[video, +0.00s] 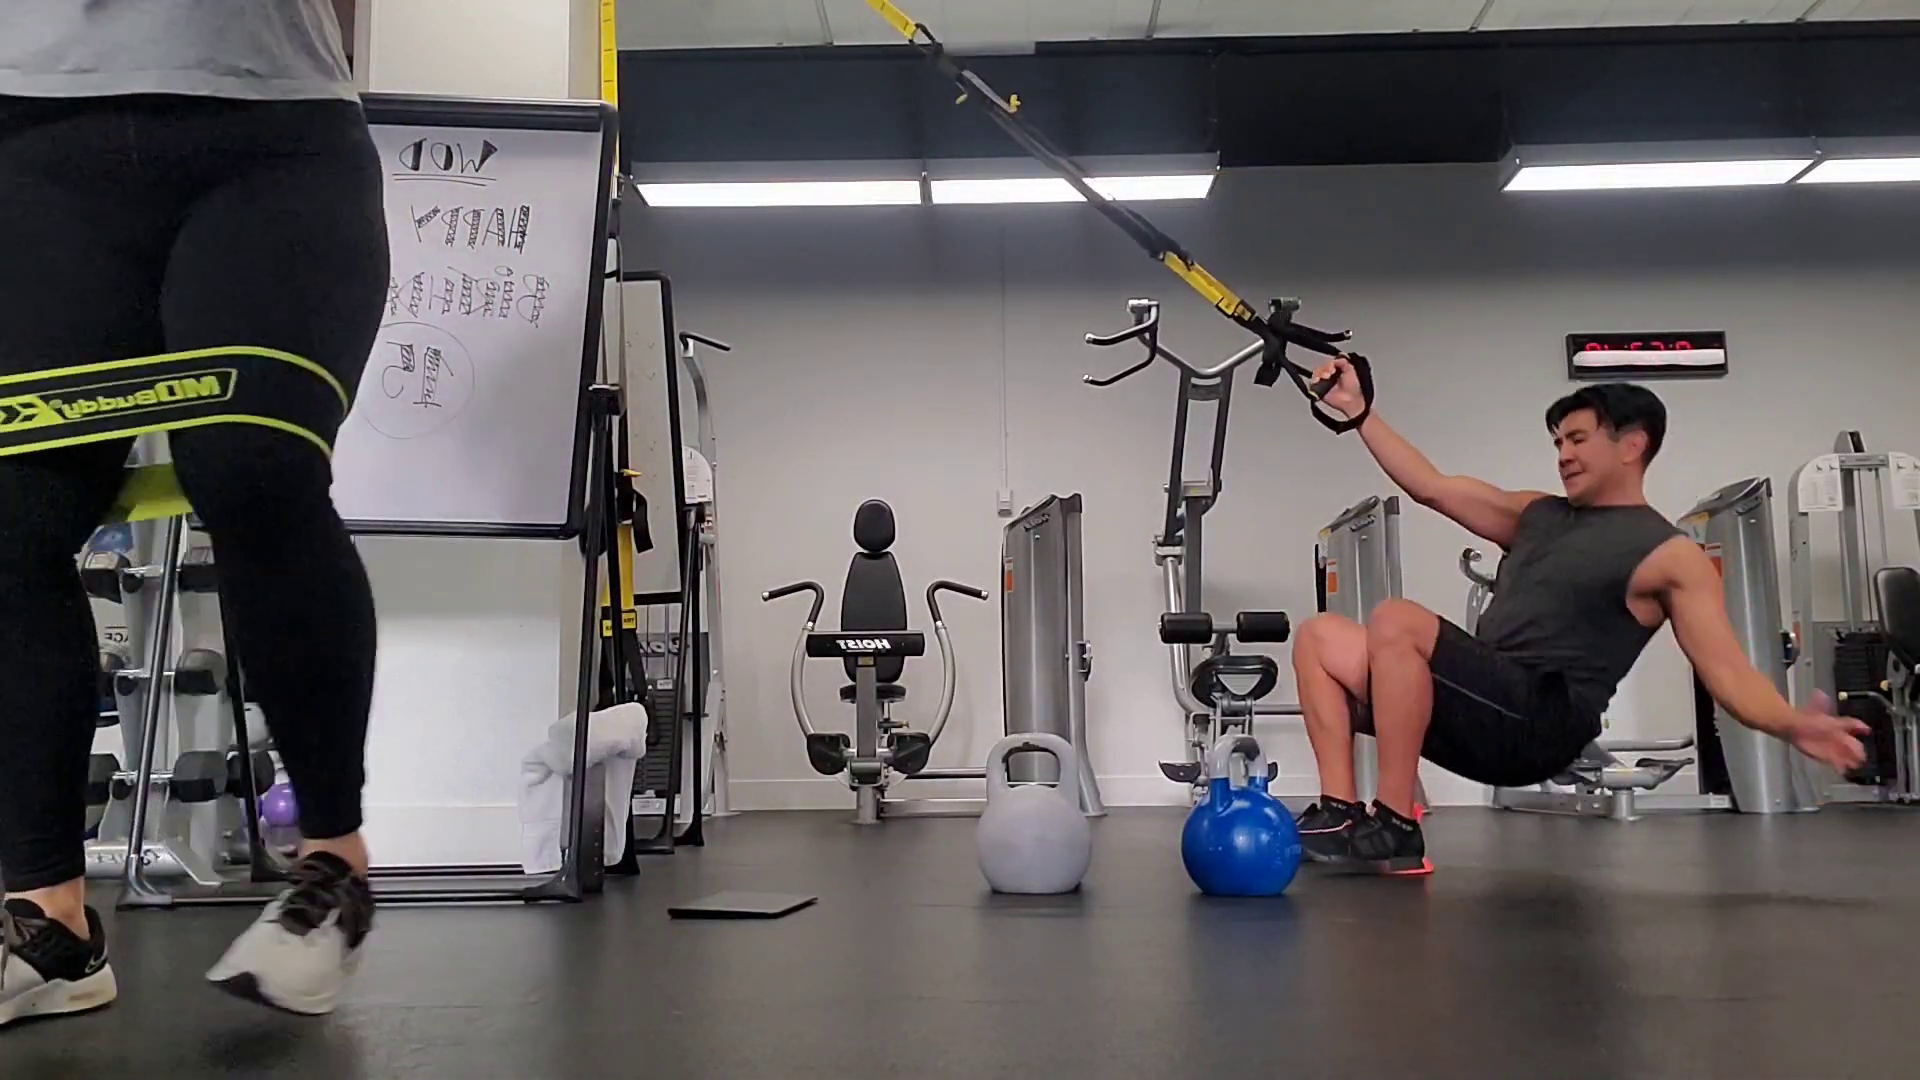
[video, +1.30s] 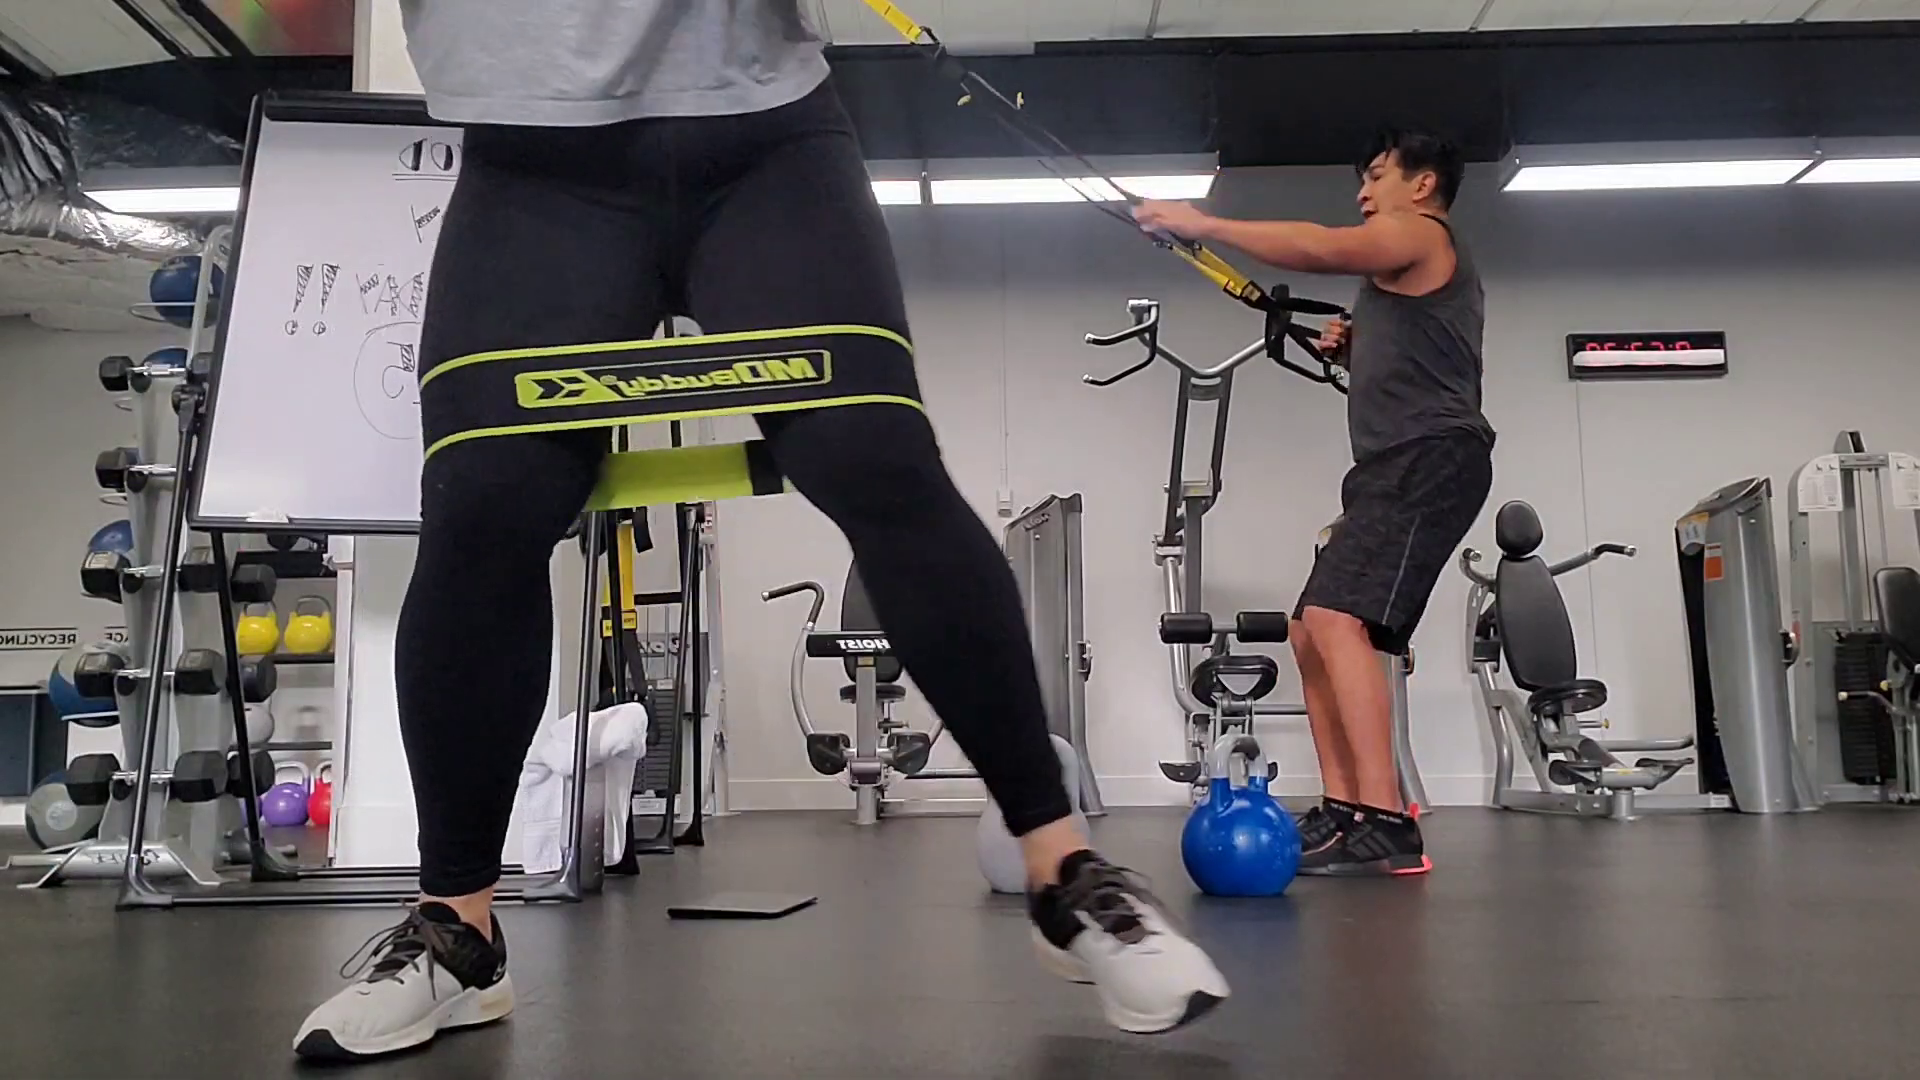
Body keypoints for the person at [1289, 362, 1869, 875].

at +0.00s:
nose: (1561, 454)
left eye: (1576, 439)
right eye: (1558, 443)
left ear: (1635, 444)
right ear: (1561, 453)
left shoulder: (1672, 555)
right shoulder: (1536, 514)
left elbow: (1726, 669)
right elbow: (1428, 484)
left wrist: (1787, 722)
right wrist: (1360, 414)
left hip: (1545, 719)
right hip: (1480, 707)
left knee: (1397, 620)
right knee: (1317, 640)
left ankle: (1396, 822)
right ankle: (1340, 809)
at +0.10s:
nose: (1536, 402)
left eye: (1550, 384)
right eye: (1533, 391)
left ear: (1605, 384)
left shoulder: (1637, 474)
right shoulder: (1527, 474)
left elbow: (1667, 579)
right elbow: (1428, 471)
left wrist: (1662, 593)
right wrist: (1367, 403)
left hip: (1533, 661)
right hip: (1474, 652)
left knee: (1363, 623)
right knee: (1297, 639)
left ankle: (1393, 821)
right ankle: (1338, 810)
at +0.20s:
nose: (1503, 339)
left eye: (1513, 322)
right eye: (1501, 329)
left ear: (1565, 321)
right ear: (1556, 327)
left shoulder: (1595, 390)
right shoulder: (1517, 413)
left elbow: (1586, 456)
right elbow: (1429, 454)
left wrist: (1519, 443)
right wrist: (1374, 389)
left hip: (1512, 588)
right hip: (1465, 584)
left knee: (1340, 624)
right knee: (1288, 637)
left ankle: (1392, 822)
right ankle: (1337, 810)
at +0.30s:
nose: (1470, 283)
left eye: (1478, 267)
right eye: (1468, 273)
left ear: (1529, 259)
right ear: (1519, 266)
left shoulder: (1555, 322)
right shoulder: (1494, 354)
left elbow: (1492, 337)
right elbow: (1435, 443)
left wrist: (1394, 304)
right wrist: (1378, 375)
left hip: (1485, 525)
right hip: (1442, 526)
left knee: (1337, 624)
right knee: (1291, 632)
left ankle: (1391, 819)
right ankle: (1338, 807)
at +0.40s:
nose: (1434, 229)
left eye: (1443, 213)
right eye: (1435, 218)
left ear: (1491, 208)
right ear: (1488, 212)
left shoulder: (1505, 264)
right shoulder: (1467, 293)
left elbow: (1408, 255)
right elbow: (1428, 416)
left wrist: (1293, 206)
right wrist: (1381, 363)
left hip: (1459, 473)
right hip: (1419, 476)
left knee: (1342, 618)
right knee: (1304, 623)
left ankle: (1389, 819)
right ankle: (1342, 807)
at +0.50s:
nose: (1403, 193)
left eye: (1412, 180)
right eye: (1406, 181)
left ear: (1454, 178)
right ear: (1467, 187)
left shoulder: (1448, 226)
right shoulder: (1478, 266)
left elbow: (1332, 200)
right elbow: (1442, 366)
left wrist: (1222, 152)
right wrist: (1378, 342)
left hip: (1429, 438)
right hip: (1399, 442)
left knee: (1356, 614)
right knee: (1325, 620)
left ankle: (1390, 820)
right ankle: (1345, 807)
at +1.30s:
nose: (1361, 190)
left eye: (1375, 176)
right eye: (1364, 179)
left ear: (1423, 184)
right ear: (1416, 189)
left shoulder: (1419, 235)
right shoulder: (1408, 255)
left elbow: (1316, 245)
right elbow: (1427, 363)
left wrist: (1204, 224)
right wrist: (1360, 348)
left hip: (1429, 454)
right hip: (1395, 458)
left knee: (1335, 620)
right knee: (1307, 627)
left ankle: (1386, 821)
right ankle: (1347, 810)